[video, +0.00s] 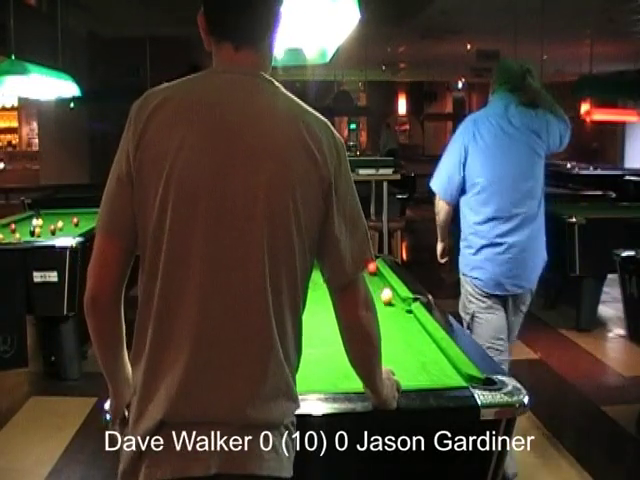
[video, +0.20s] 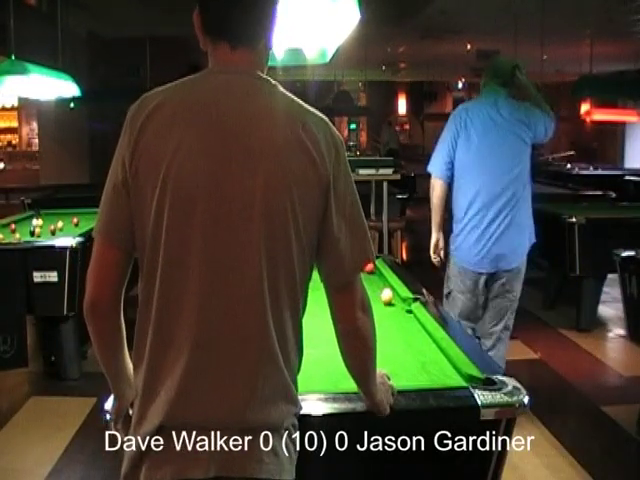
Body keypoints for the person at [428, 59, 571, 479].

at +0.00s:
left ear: (493, 87)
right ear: (527, 89)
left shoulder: (473, 126)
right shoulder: (540, 125)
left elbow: (444, 198)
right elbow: (563, 126)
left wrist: (442, 240)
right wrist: (537, 91)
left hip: (483, 257)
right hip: (530, 256)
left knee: (491, 357)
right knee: (499, 351)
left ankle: (501, 452)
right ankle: (488, 439)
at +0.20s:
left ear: (482, 82)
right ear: (513, 84)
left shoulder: (462, 116)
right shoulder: (523, 116)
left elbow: (439, 177)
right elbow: (548, 123)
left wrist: (436, 230)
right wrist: (527, 87)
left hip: (470, 244)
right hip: (513, 245)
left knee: (457, 328)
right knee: (496, 335)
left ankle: (452, 402)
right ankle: (487, 405)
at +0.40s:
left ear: (470, 84)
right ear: (500, 86)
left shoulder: (452, 118)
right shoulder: (509, 118)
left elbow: (430, 171)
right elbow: (533, 124)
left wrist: (430, 221)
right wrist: (511, 91)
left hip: (457, 238)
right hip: (498, 239)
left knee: (453, 319)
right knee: (490, 324)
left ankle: (452, 392)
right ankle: (489, 398)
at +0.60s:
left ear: (456, 96)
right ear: (485, 97)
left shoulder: (437, 128)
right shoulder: (491, 123)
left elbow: (418, 177)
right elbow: (520, 127)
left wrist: (419, 224)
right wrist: (498, 98)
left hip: (446, 233)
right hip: (484, 233)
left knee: (448, 312)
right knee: (481, 315)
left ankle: (447, 381)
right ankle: (482, 384)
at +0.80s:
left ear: (449, 88)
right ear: (475, 91)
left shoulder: (431, 122)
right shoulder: (481, 117)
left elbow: (417, 171)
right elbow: (511, 123)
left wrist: (417, 212)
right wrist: (489, 95)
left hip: (439, 221)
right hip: (475, 220)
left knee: (443, 293)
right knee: (474, 290)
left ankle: (443, 360)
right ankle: (474, 358)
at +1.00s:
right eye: (472, 97)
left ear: (445, 97)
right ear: (469, 97)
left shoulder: (430, 127)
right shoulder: (477, 121)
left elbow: (420, 172)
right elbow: (506, 145)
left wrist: (427, 198)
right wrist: (486, 113)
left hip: (437, 216)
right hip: (471, 215)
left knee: (443, 285)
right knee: (470, 283)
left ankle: (444, 343)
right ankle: (467, 340)